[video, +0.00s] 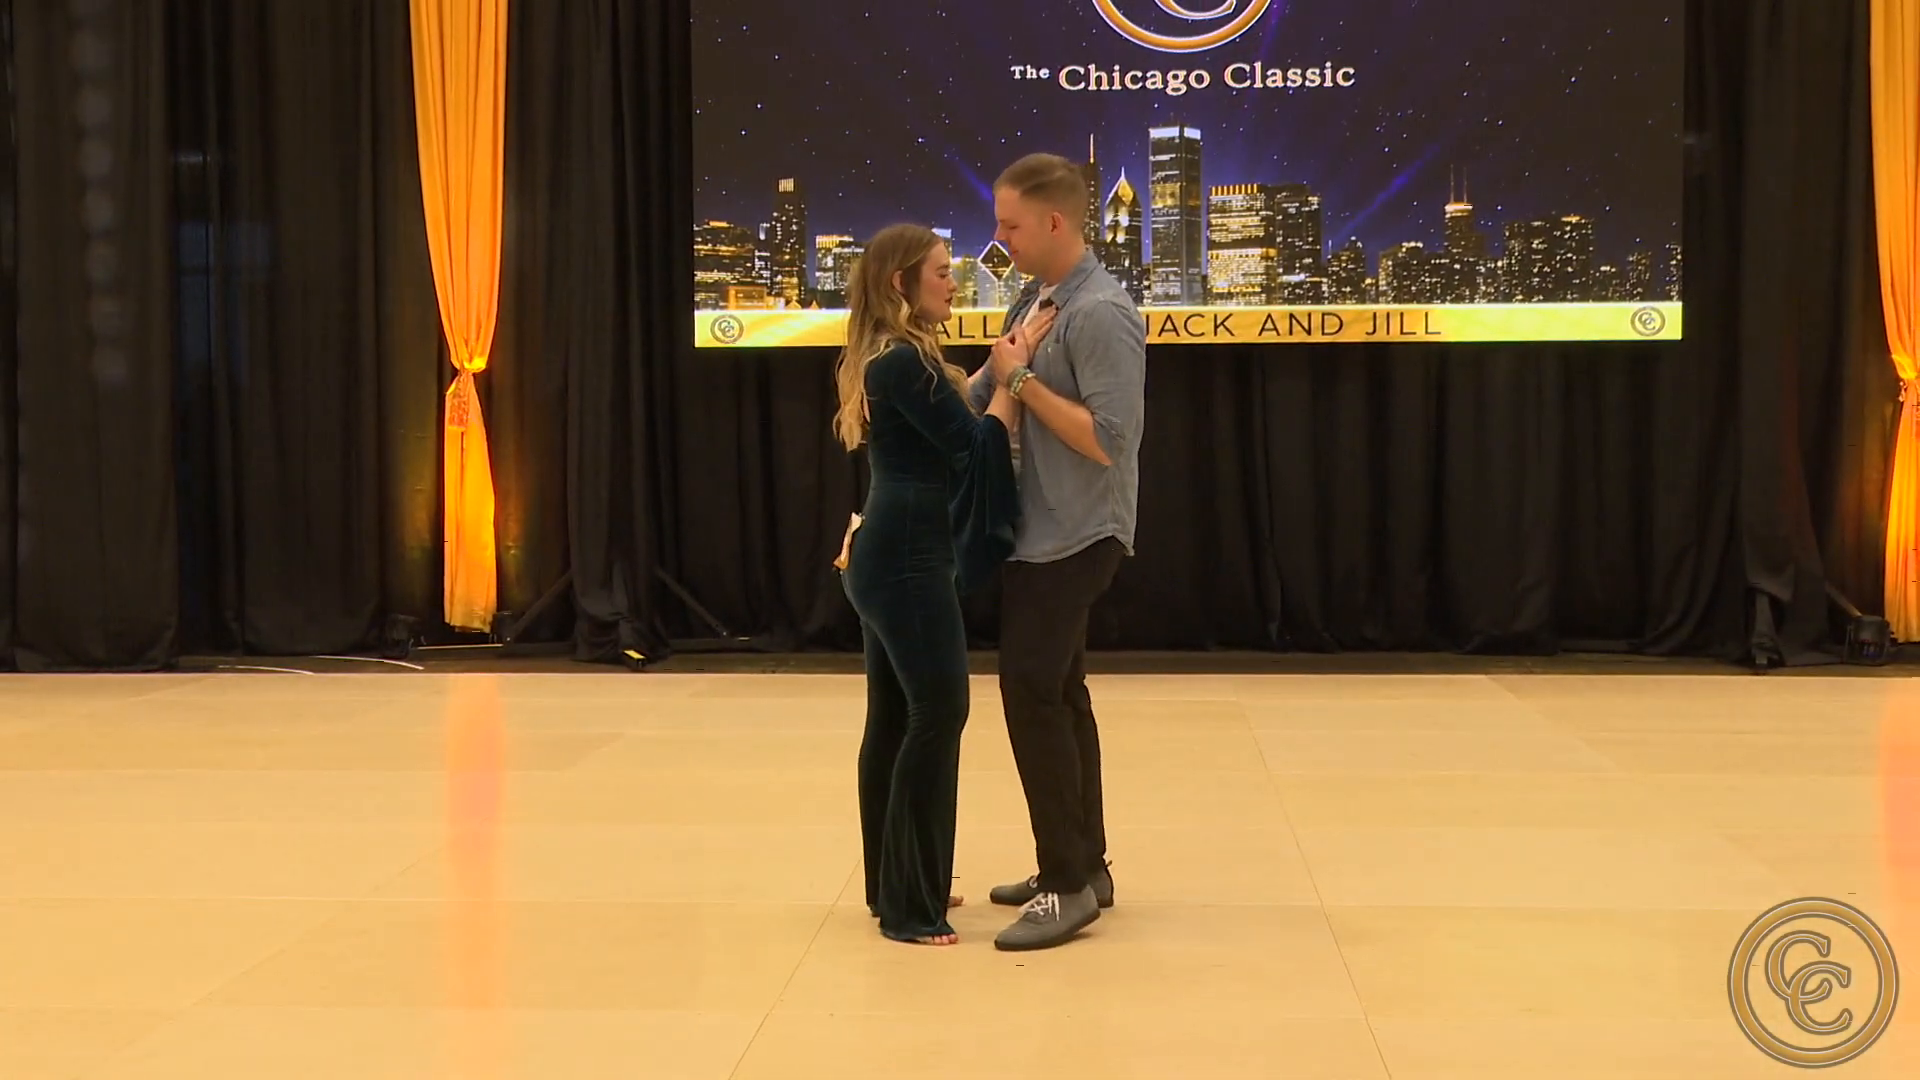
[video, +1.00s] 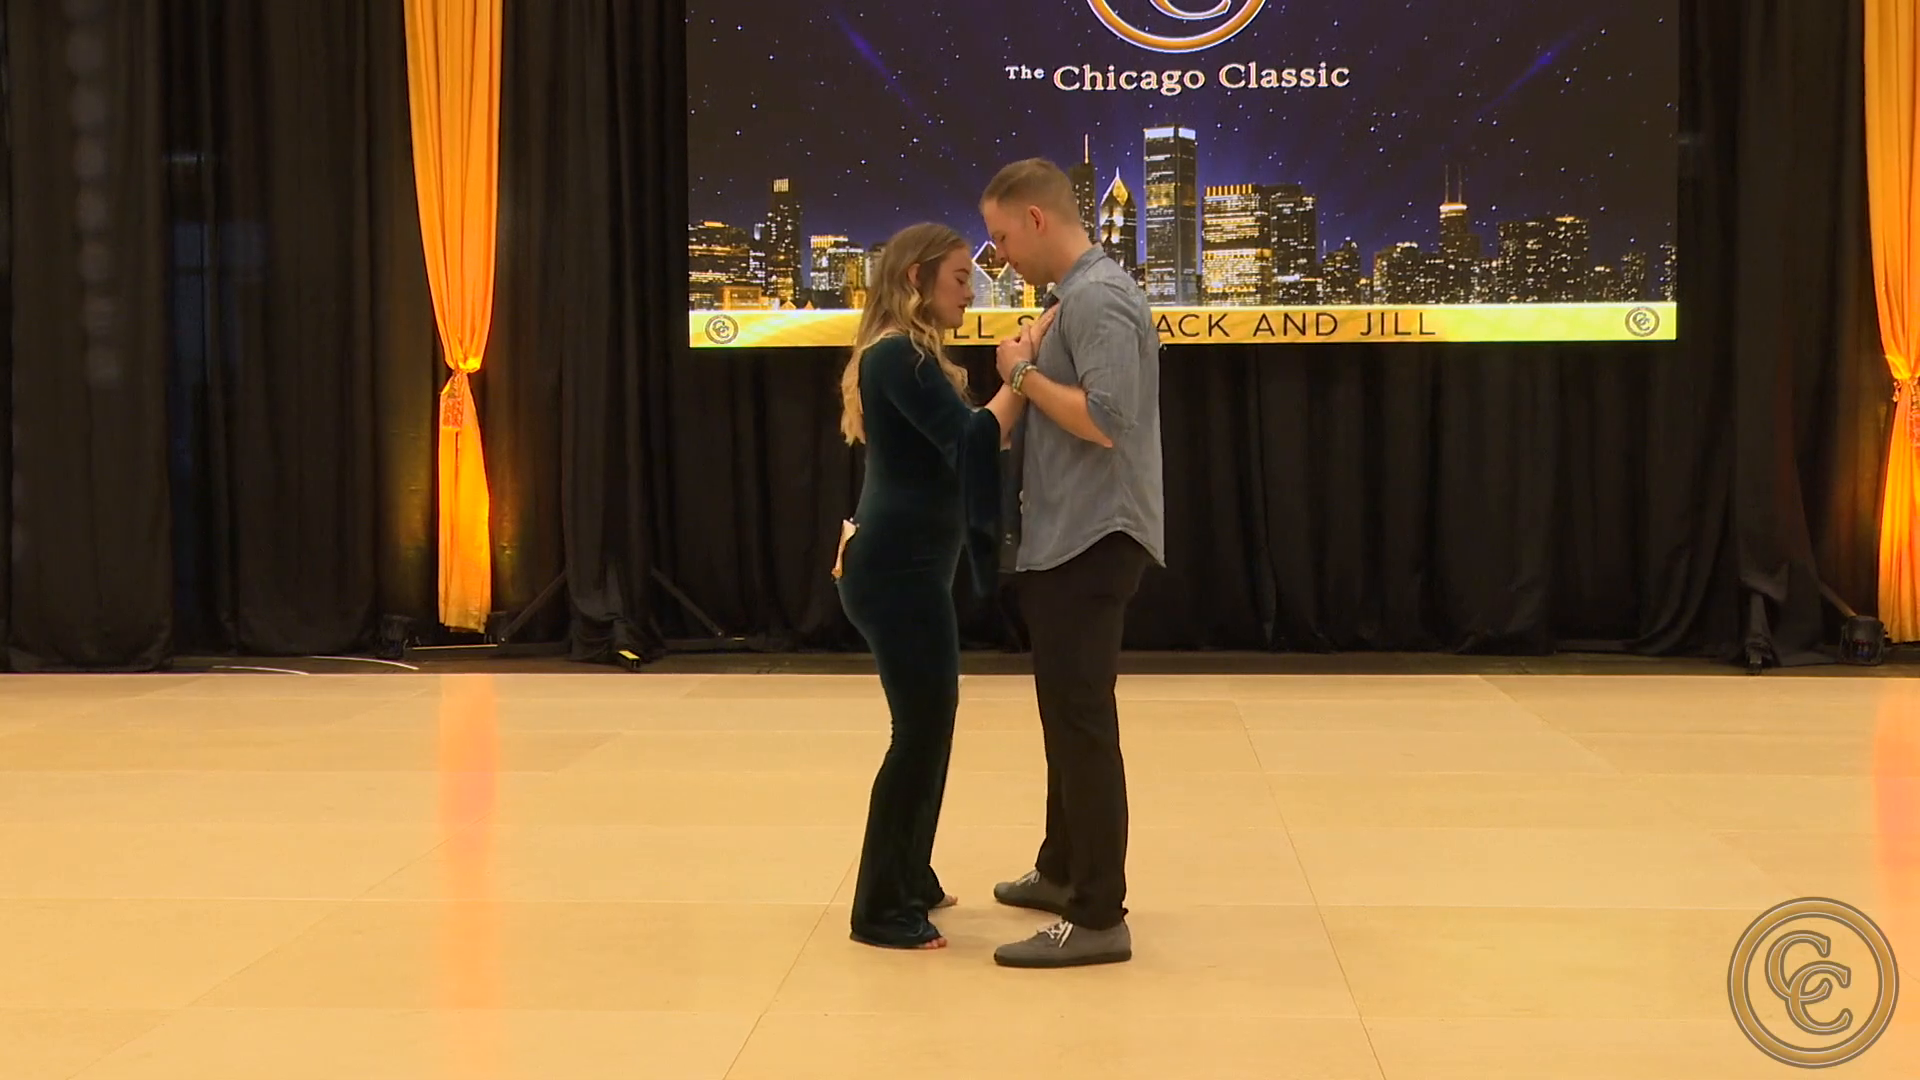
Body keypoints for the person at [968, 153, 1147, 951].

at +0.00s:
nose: (1003, 242)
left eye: (1011, 227)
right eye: (1001, 228)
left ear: (1058, 223)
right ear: (1047, 225)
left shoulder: (1102, 312)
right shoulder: (1038, 306)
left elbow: (1108, 444)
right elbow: (1001, 409)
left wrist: (1021, 379)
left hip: (1078, 535)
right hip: (1042, 530)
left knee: (1032, 692)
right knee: (1059, 695)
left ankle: (1073, 883)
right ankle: (1077, 866)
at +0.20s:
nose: (994, 249)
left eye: (1002, 234)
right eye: (991, 235)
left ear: (1049, 225)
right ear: (1037, 229)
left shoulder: (1099, 312)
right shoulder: (1028, 305)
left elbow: (1108, 443)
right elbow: (976, 401)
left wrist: (1021, 380)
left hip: (1080, 537)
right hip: (1037, 531)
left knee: (1060, 700)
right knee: (1052, 698)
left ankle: (1072, 889)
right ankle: (1074, 865)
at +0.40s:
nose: (993, 256)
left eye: (998, 241)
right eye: (988, 243)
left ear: (1044, 226)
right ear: (1033, 231)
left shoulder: (1098, 312)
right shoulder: (1027, 306)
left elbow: (1110, 445)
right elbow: (979, 404)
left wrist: (1021, 383)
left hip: (1081, 537)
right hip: (1037, 532)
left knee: (1063, 704)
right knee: (1050, 702)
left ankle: (1071, 887)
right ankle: (1074, 863)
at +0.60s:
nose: (993, 259)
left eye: (996, 243)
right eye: (988, 245)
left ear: (1041, 227)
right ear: (1038, 229)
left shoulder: (1100, 311)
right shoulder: (1041, 306)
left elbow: (1113, 445)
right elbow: (994, 403)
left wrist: (1022, 382)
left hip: (1085, 535)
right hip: (1050, 530)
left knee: (1060, 702)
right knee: (1055, 700)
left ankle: (1085, 895)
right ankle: (1071, 867)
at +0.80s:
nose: (996, 259)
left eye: (997, 242)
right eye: (991, 245)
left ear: (1035, 227)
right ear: (1039, 227)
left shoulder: (1100, 307)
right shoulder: (1059, 310)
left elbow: (1105, 437)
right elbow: (1039, 431)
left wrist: (1022, 380)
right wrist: (1015, 392)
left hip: (1085, 542)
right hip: (1053, 540)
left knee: (1065, 712)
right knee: (1049, 707)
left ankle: (1097, 913)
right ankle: (1073, 871)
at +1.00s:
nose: (999, 255)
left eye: (1000, 238)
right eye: (994, 241)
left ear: (1036, 221)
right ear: (1043, 219)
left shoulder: (1099, 297)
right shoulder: (1073, 300)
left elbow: (1105, 420)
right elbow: (1051, 422)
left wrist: (1026, 371)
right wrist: (1025, 375)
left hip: (1093, 540)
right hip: (1065, 538)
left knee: (1085, 727)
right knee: (1064, 720)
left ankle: (1099, 920)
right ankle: (1065, 878)